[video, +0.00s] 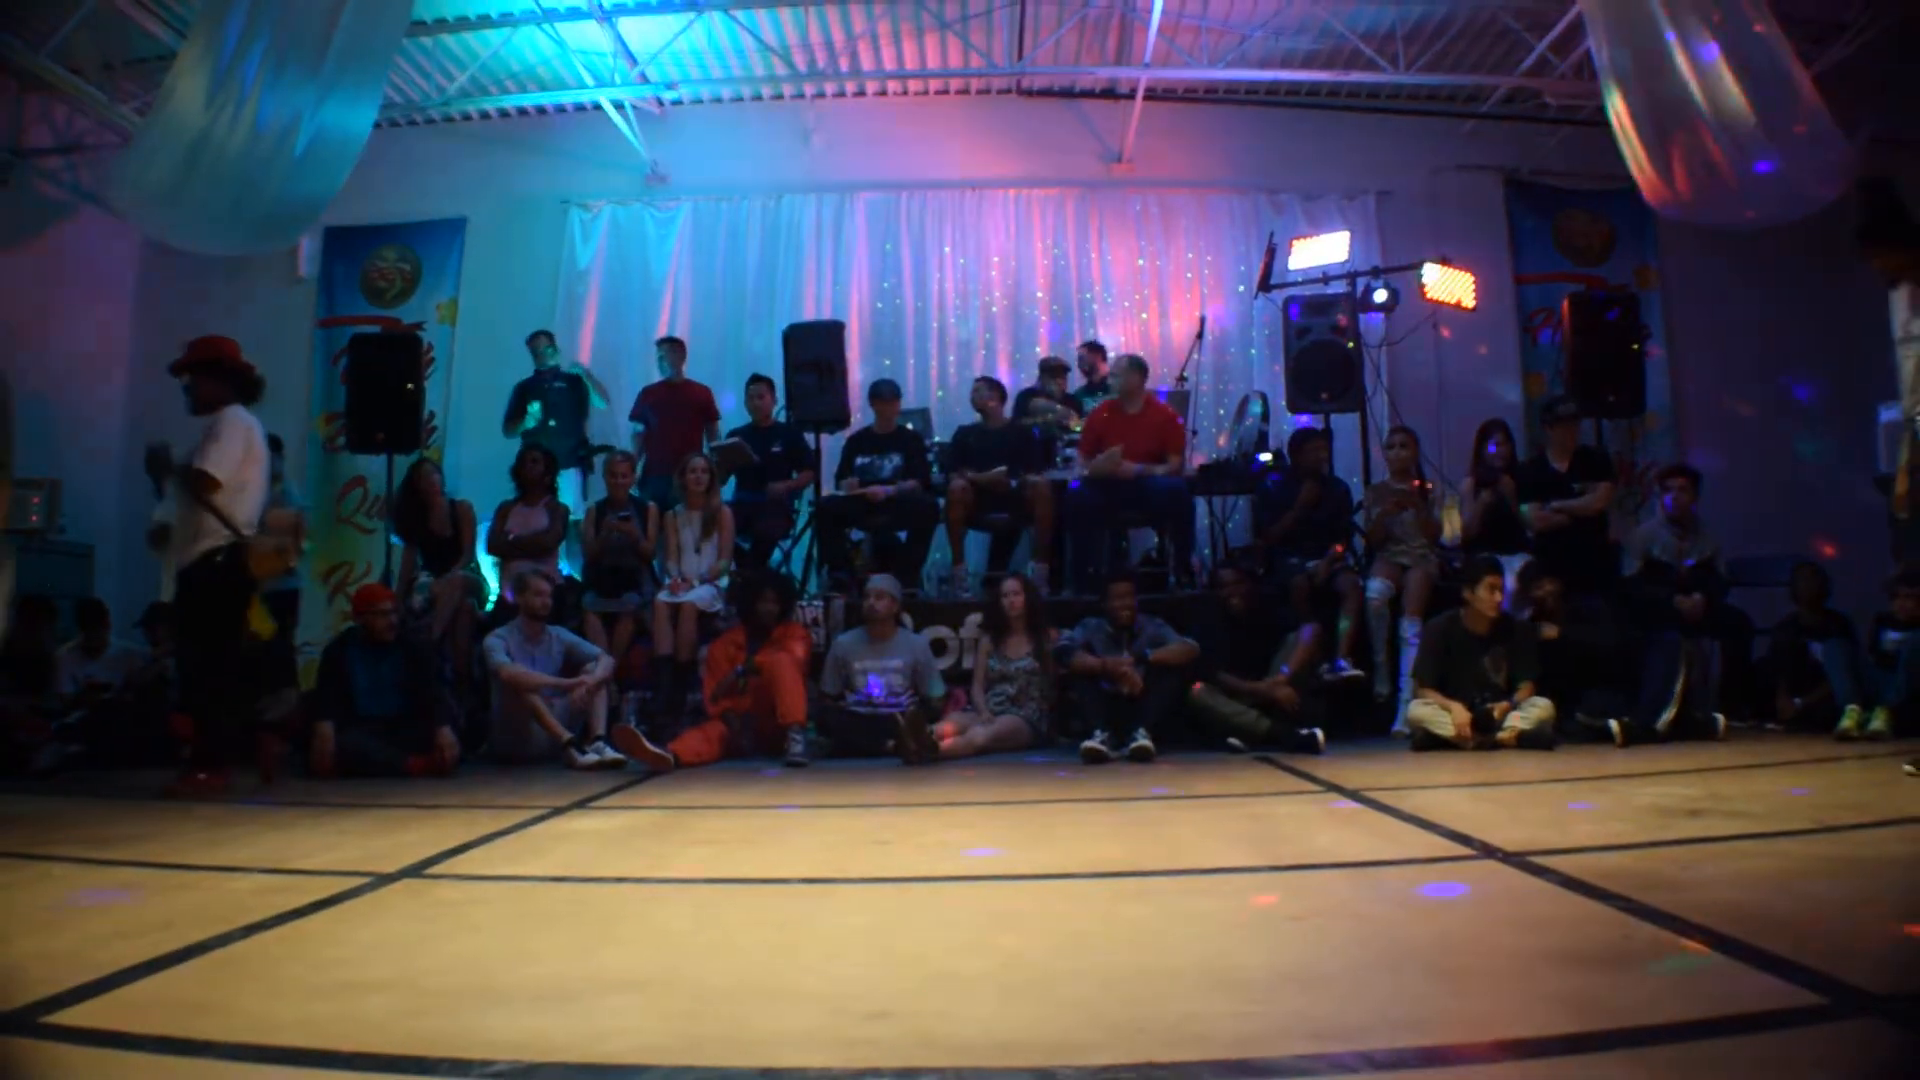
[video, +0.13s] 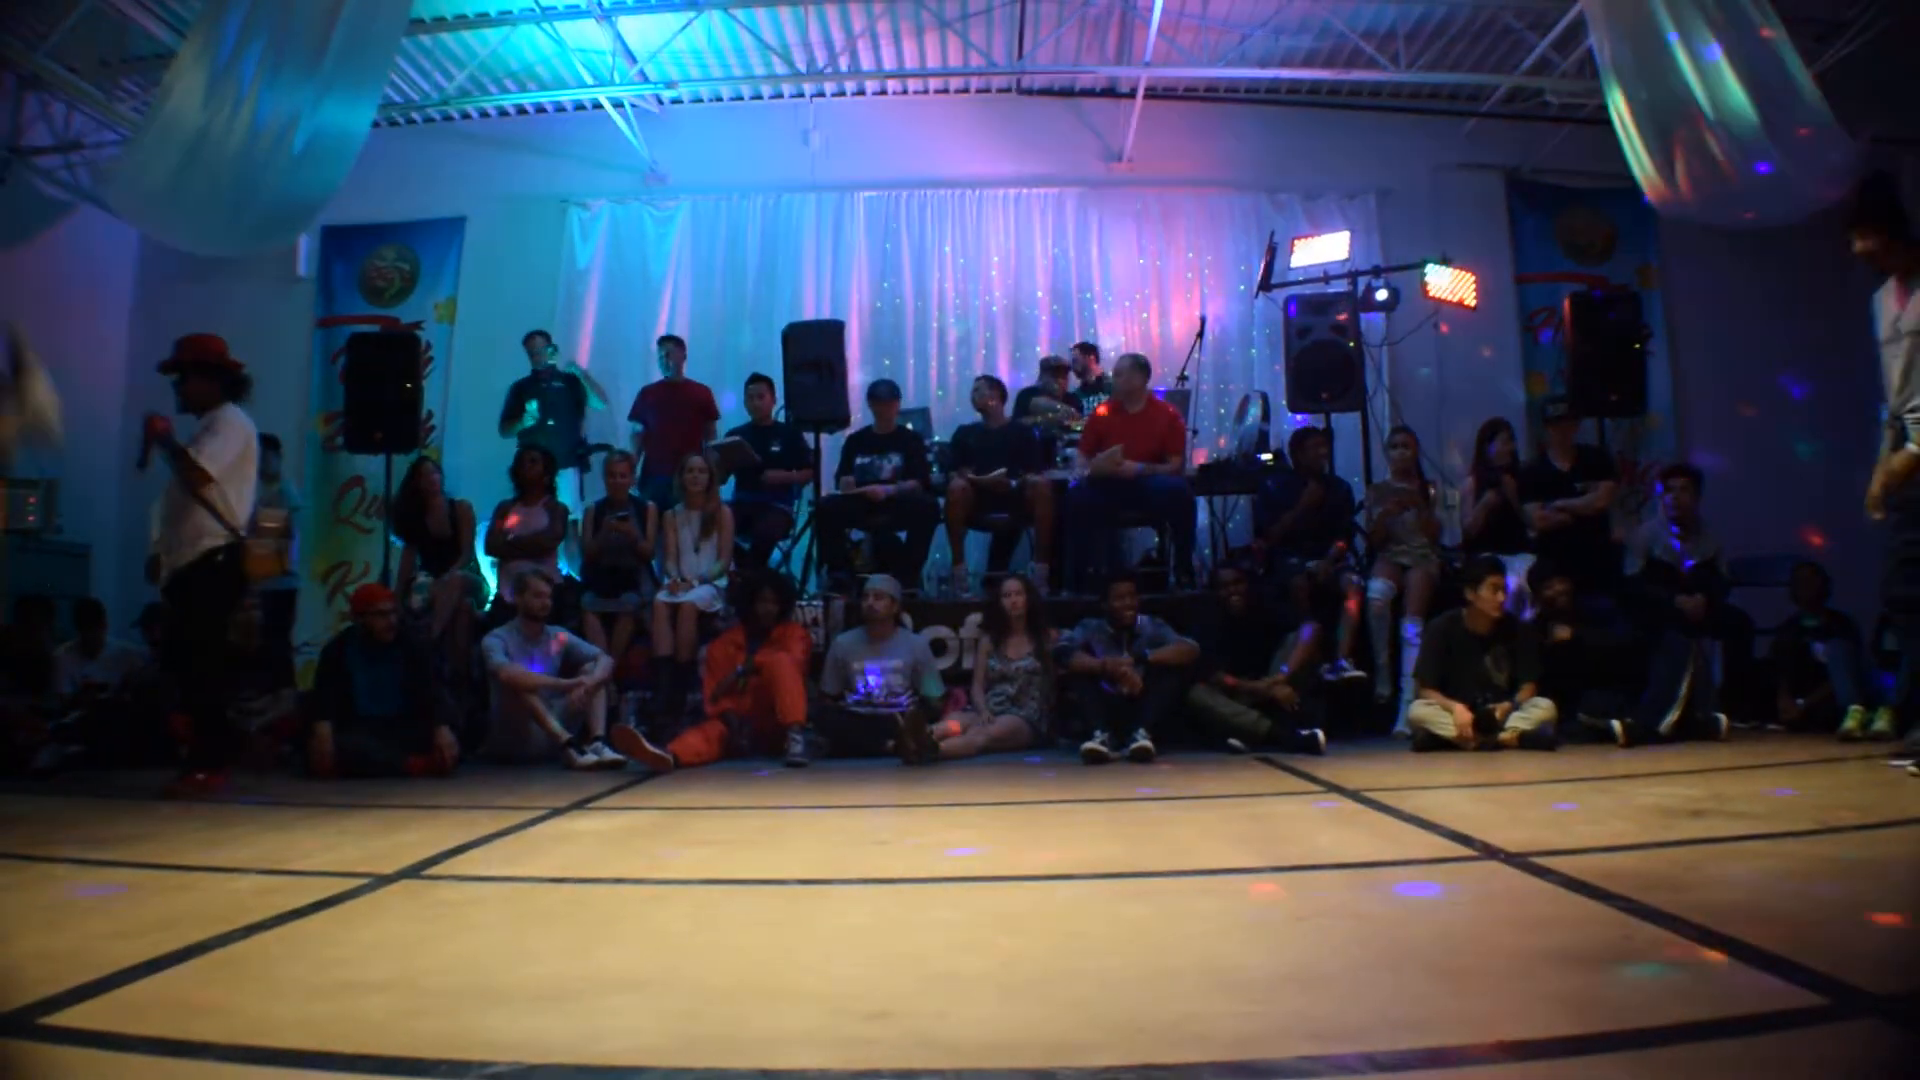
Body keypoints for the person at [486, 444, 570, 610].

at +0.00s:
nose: (527, 467)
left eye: (534, 462)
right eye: (523, 462)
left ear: (547, 472)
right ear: (517, 470)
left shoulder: (557, 509)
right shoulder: (506, 508)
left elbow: (551, 541)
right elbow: (493, 546)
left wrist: (511, 541)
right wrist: (535, 548)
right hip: (510, 589)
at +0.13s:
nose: (526, 467)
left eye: (533, 462)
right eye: (522, 462)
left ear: (546, 471)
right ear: (516, 470)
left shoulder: (556, 509)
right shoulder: (505, 508)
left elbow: (553, 539)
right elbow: (491, 546)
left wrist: (509, 542)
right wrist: (534, 549)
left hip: (545, 591)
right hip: (508, 592)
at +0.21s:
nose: (526, 467)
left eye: (533, 462)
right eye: (522, 462)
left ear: (546, 472)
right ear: (515, 469)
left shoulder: (557, 509)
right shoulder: (505, 507)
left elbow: (553, 539)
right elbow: (491, 546)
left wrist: (510, 541)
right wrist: (535, 547)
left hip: (545, 592)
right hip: (508, 591)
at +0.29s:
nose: (526, 467)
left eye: (533, 462)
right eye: (521, 462)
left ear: (546, 471)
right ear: (515, 469)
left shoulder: (557, 509)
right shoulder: (505, 507)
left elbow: (555, 538)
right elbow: (491, 546)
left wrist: (512, 541)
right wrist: (535, 548)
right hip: (508, 589)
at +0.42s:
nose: (527, 467)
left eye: (533, 462)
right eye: (522, 462)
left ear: (546, 470)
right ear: (515, 469)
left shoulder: (557, 509)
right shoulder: (505, 507)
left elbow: (555, 538)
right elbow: (491, 546)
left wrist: (511, 541)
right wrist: (536, 548)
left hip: (545, 588)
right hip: (508, 589)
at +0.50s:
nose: (528, 468)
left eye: (534, 462)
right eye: (523, 462)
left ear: (547, 471)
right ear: (516, 469)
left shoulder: (557, 509)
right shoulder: (504, 508)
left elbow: (555, 538)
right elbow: (491, 546)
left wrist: (512, 541)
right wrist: (535, 548)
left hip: (544, 595)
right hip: (507, 594)